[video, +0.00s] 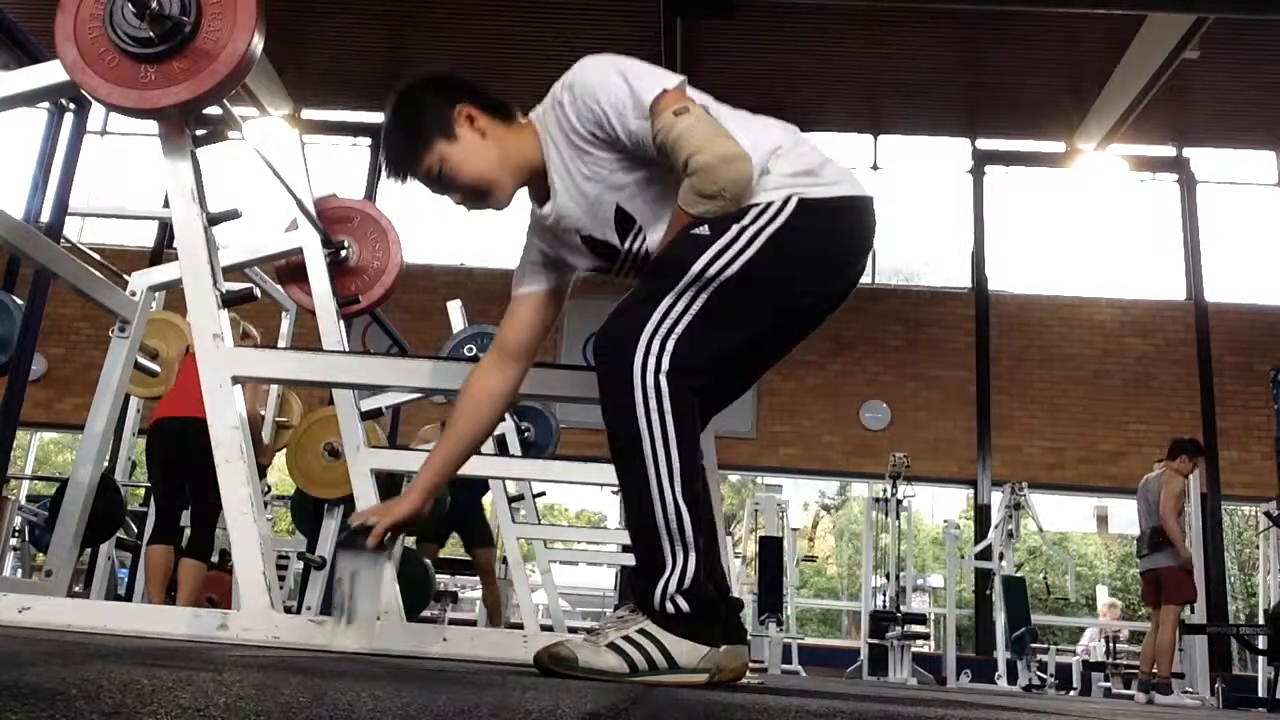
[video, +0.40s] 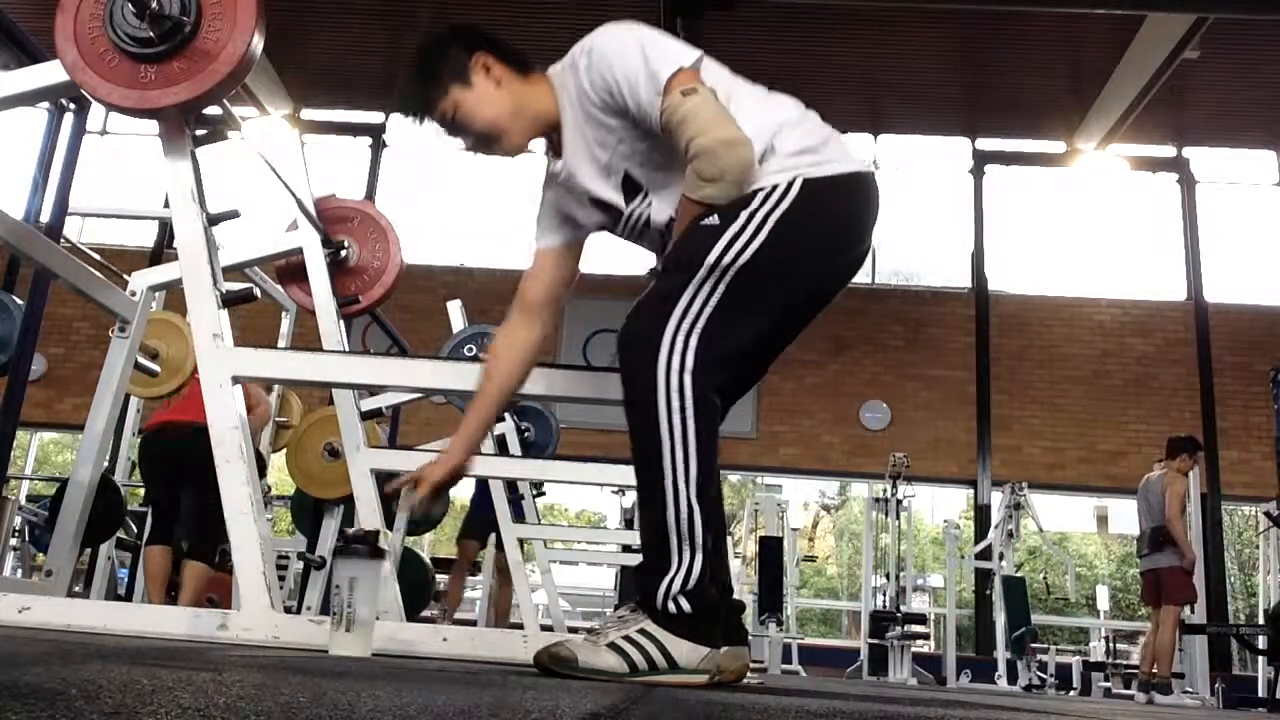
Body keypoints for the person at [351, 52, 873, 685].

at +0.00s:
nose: (453, 196)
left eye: (442, 172)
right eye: (437, 189)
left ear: (472, 121)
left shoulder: (589, 85)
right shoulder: (552, 230)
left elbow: (721, 169)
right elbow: (501, 366)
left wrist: (658, 257)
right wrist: (417, 493)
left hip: (801, 201)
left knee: (635, 348)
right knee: (657, 396)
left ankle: (684, 621)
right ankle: (702, 624)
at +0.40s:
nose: (463, 140)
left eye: (457, 117)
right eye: (452, 131)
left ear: (489, 71)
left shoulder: (608, 51)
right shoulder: (567, 184)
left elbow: (725, 155)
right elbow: (530, 319)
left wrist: (677, 235)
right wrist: (455, 454)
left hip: (805, 182)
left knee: (658, 344)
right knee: (674, 379)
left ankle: (685, 622)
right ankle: (707, 628)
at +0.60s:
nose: (494, 70)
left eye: (486, 47)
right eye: (483, 63)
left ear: (520, 6)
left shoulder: (628, 14)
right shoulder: (600, 125)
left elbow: (711, 136)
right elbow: (611, 259)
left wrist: (683, 281)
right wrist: (578, 390)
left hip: (802, 165)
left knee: (678, 353)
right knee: (702, 387)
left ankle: (684, 624)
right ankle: (713, 631)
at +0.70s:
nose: (513, 34)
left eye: (509, 12)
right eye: (505, 24)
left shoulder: (649, 4)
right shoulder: (618, 92)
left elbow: (714, 125)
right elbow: (658, 232)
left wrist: (692, 251)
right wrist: (642, 353)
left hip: (800, 166)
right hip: (770, 183)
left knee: (689, 367)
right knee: (682, 380)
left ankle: (687, 625)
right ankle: (711, 629)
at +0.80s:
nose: (548, 13)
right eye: (544, 8)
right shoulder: (644, 58)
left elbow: (726, 107)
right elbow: (678, 175)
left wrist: (679, 234)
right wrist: (676, 251)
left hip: (796, 172)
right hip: (764, 184)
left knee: (697, 373)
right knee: (698, 383)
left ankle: (685, 623)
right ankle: (712, 629)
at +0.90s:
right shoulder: (667, 39)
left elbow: (746, 68)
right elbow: (691, 158)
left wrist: (696, 203)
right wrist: (688, 263)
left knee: (725, 370)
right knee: (695, 397)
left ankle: (694, 619)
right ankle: (709, 628)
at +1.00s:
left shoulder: (756, 3)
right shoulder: (698, 22)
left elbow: (770, 53)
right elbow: (745, 134)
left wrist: (717, 180)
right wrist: (722, 246)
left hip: (810, 168)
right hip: (768, 182)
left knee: (744, 380)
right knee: (714, 397)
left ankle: (752, 619)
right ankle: (718, 617)